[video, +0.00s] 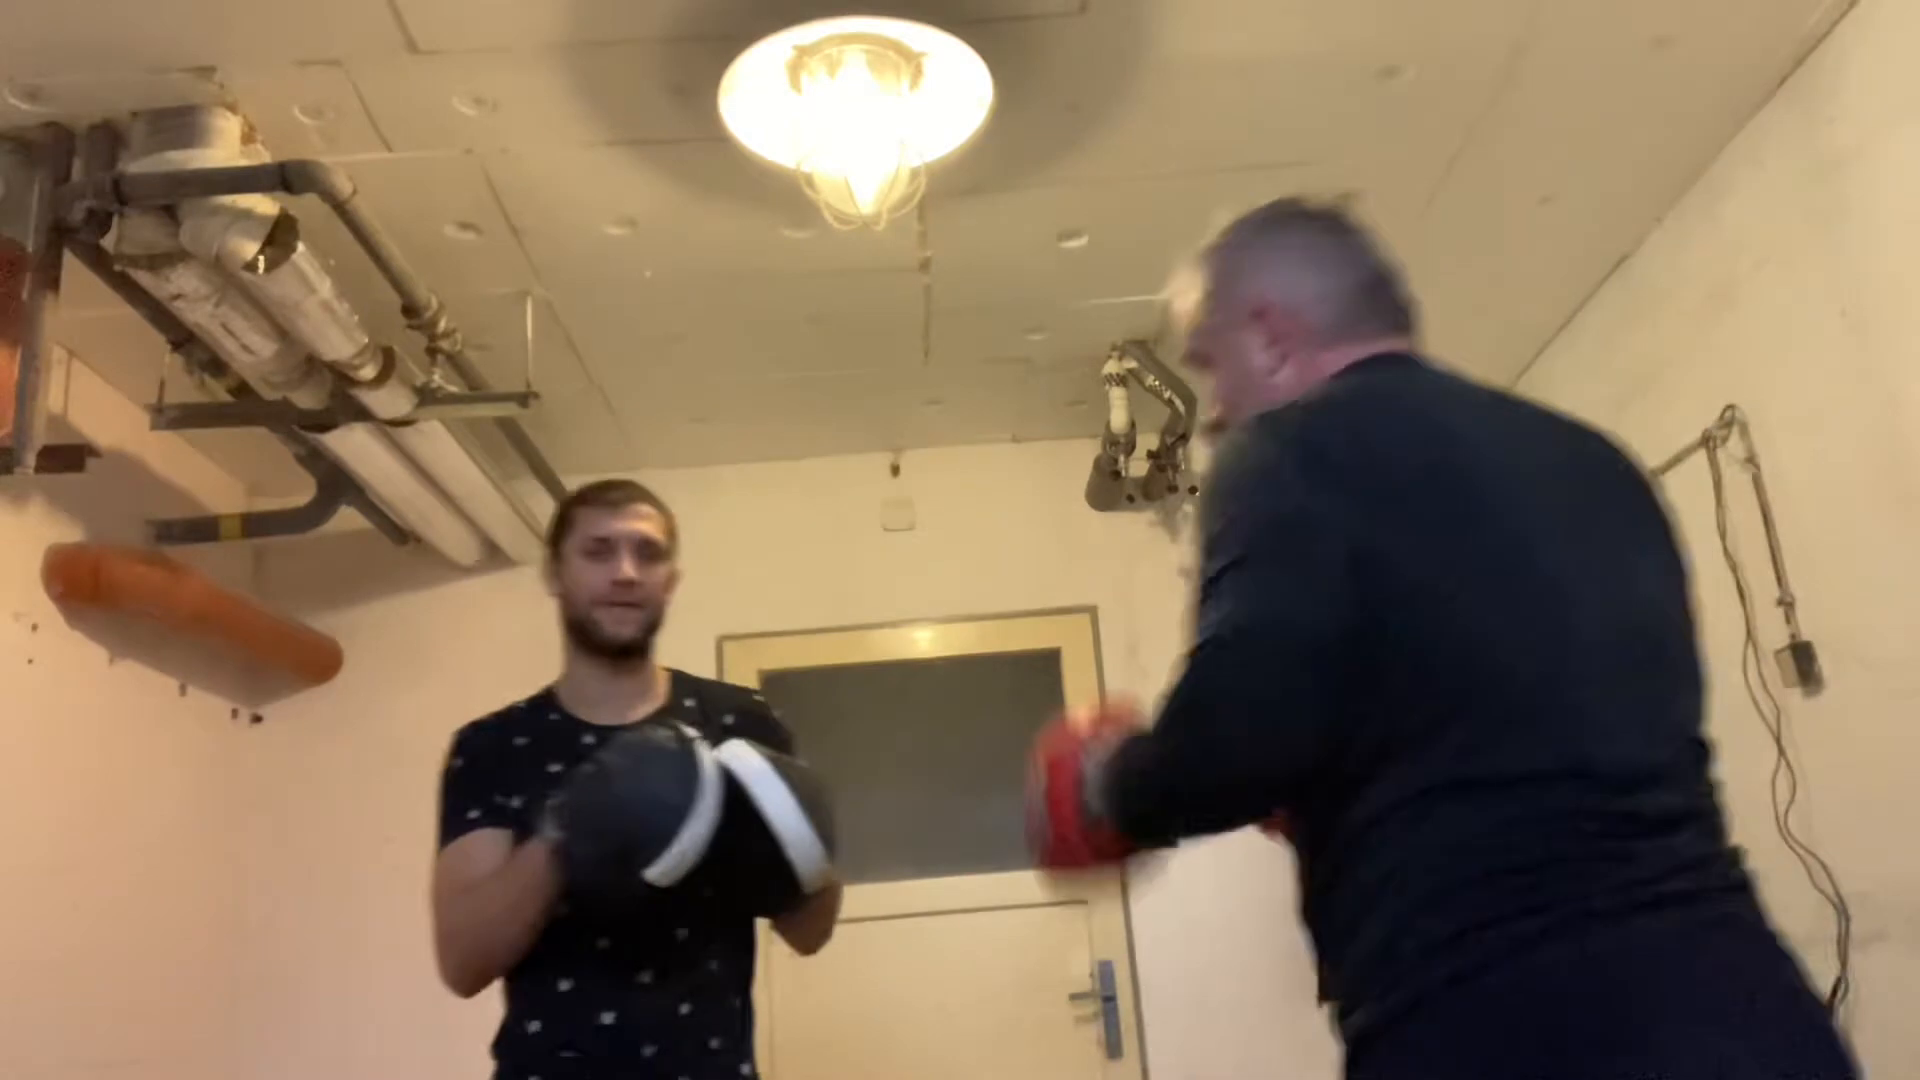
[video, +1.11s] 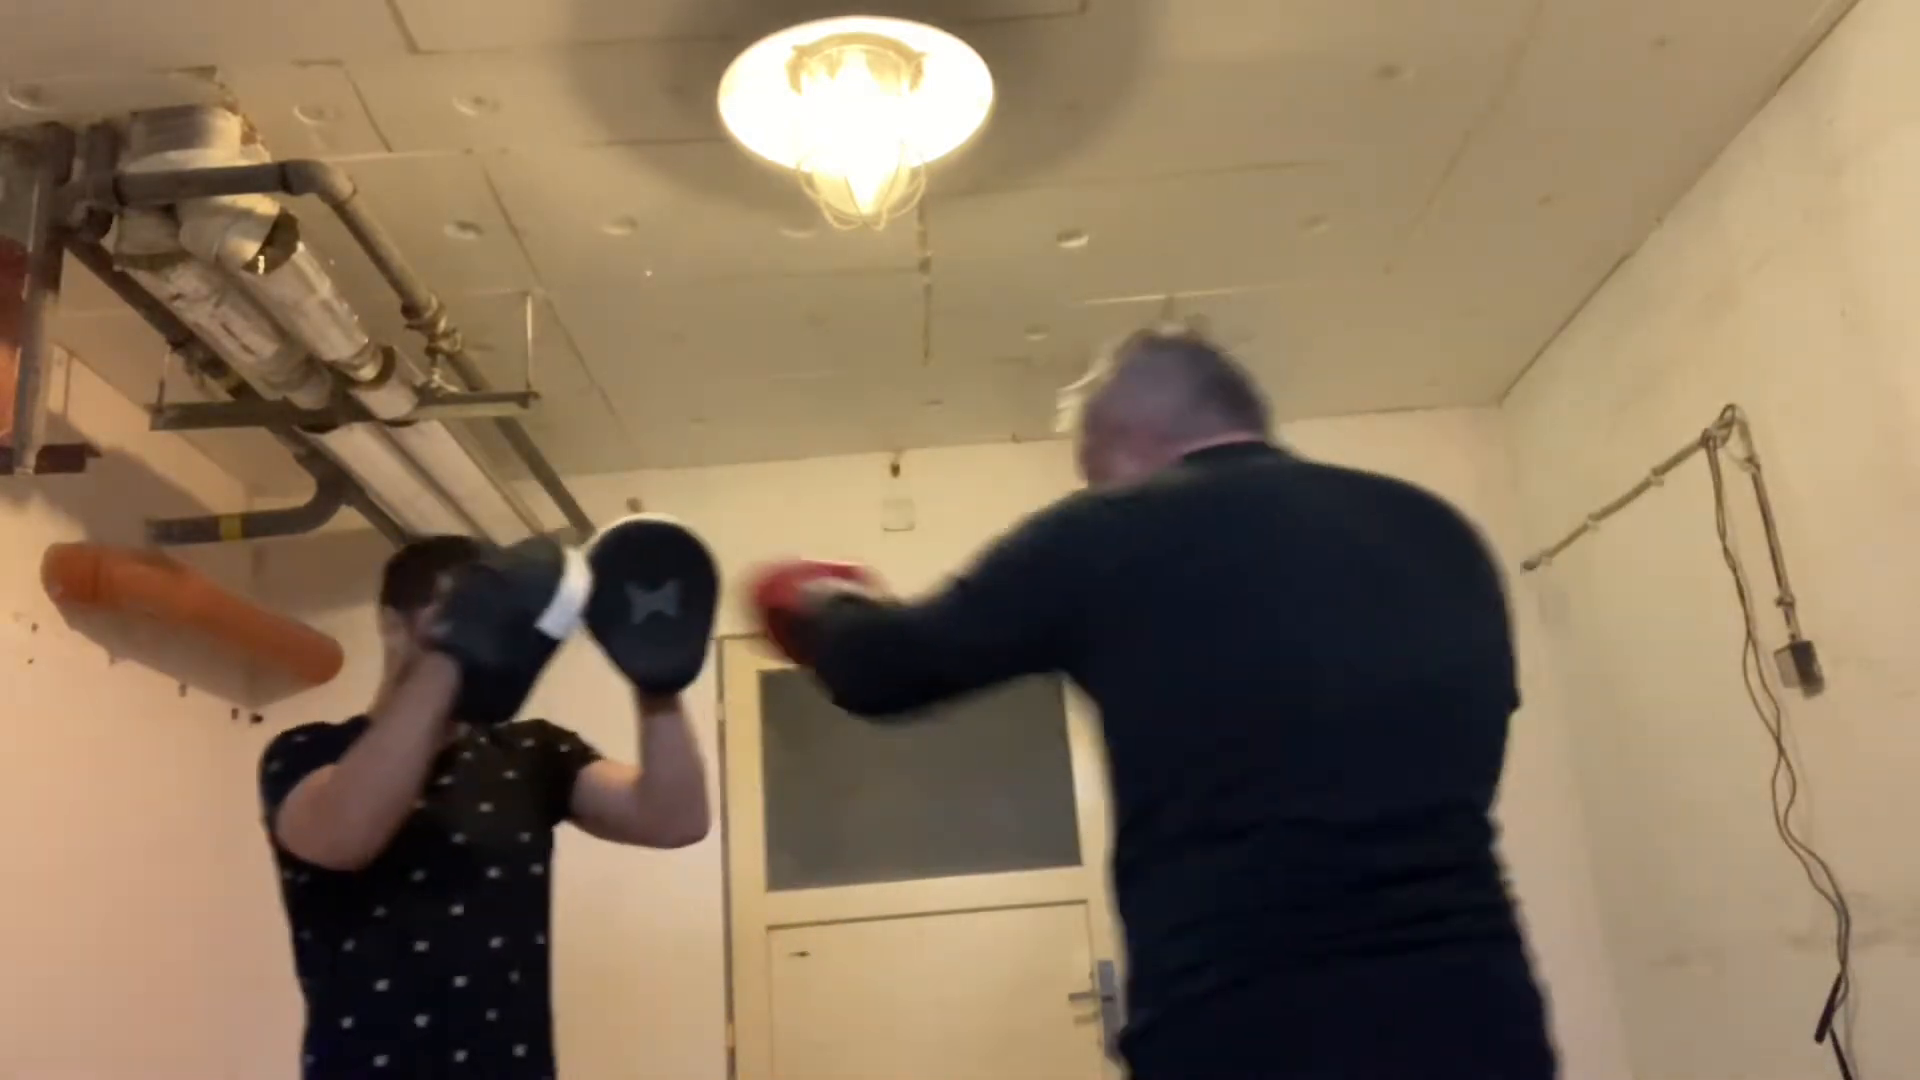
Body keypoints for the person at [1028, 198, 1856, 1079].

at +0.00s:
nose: (1213, 414)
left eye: (1209, 368)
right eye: (1199, 378)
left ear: (1271, 337)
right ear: (1392, 319)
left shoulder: (1292, 461)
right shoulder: (1592, 455)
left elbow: (1257, 727)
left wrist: (1108, 789)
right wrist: (1318, 783)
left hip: (1474, 1021)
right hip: (1737, 996)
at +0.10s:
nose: (1153, 445)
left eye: (1144, 403)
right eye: (1137, 411)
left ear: (1200, 373)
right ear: (1318, 342)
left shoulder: (1220, 506)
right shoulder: (1533, 471)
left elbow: (1164, 805)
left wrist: (1072, 716)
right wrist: (1172, 655)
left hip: (1413, 1029)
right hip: (1675, 1006)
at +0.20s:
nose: (1104, 470)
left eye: (1095, 431)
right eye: (1089, 437)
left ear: (1140, 396)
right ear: (1261, 362)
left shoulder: (1159, 528)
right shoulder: (1481, 469)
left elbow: (1082, 845)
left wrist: (1050, 705)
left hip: (1359, 1030)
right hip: (1618, 1004)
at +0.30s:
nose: (1081, 485)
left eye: (1070, 439)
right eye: (1068, 447)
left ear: (1113, 401)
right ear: (1236, 369)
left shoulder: (1118, 535)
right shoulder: (1451, 471)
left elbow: (1048, 845)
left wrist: (1025, 706)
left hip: (1325, 1023)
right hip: (1588, 998)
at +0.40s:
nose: (1080, 476)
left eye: (1070, 433)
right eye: (1067, 440)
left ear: (1116, 401)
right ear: (1240, 374)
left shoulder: (1115, 533)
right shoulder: (1448, 479)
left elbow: (1039, 835)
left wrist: (1016, 694)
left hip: (1305, 1019)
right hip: (1565, 993)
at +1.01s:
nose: (1138, 490)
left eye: (1133, 466)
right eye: (1129, 472)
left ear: (1181, 425)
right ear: (1296, 407)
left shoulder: (1173, 523)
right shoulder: (1483, 527)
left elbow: (994, 722)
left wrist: (940, 638)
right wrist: (1042, 626)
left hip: (1273, 1021)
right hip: (1519, 1017)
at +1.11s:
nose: (1100, 498)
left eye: (1095, 473)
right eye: (1095, 477)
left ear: (1125, 444)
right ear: (1253, 427)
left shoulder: (1108, 540)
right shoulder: (1440, 531)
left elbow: (891, 667)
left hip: (1228, 1027)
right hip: (1471, 1024)